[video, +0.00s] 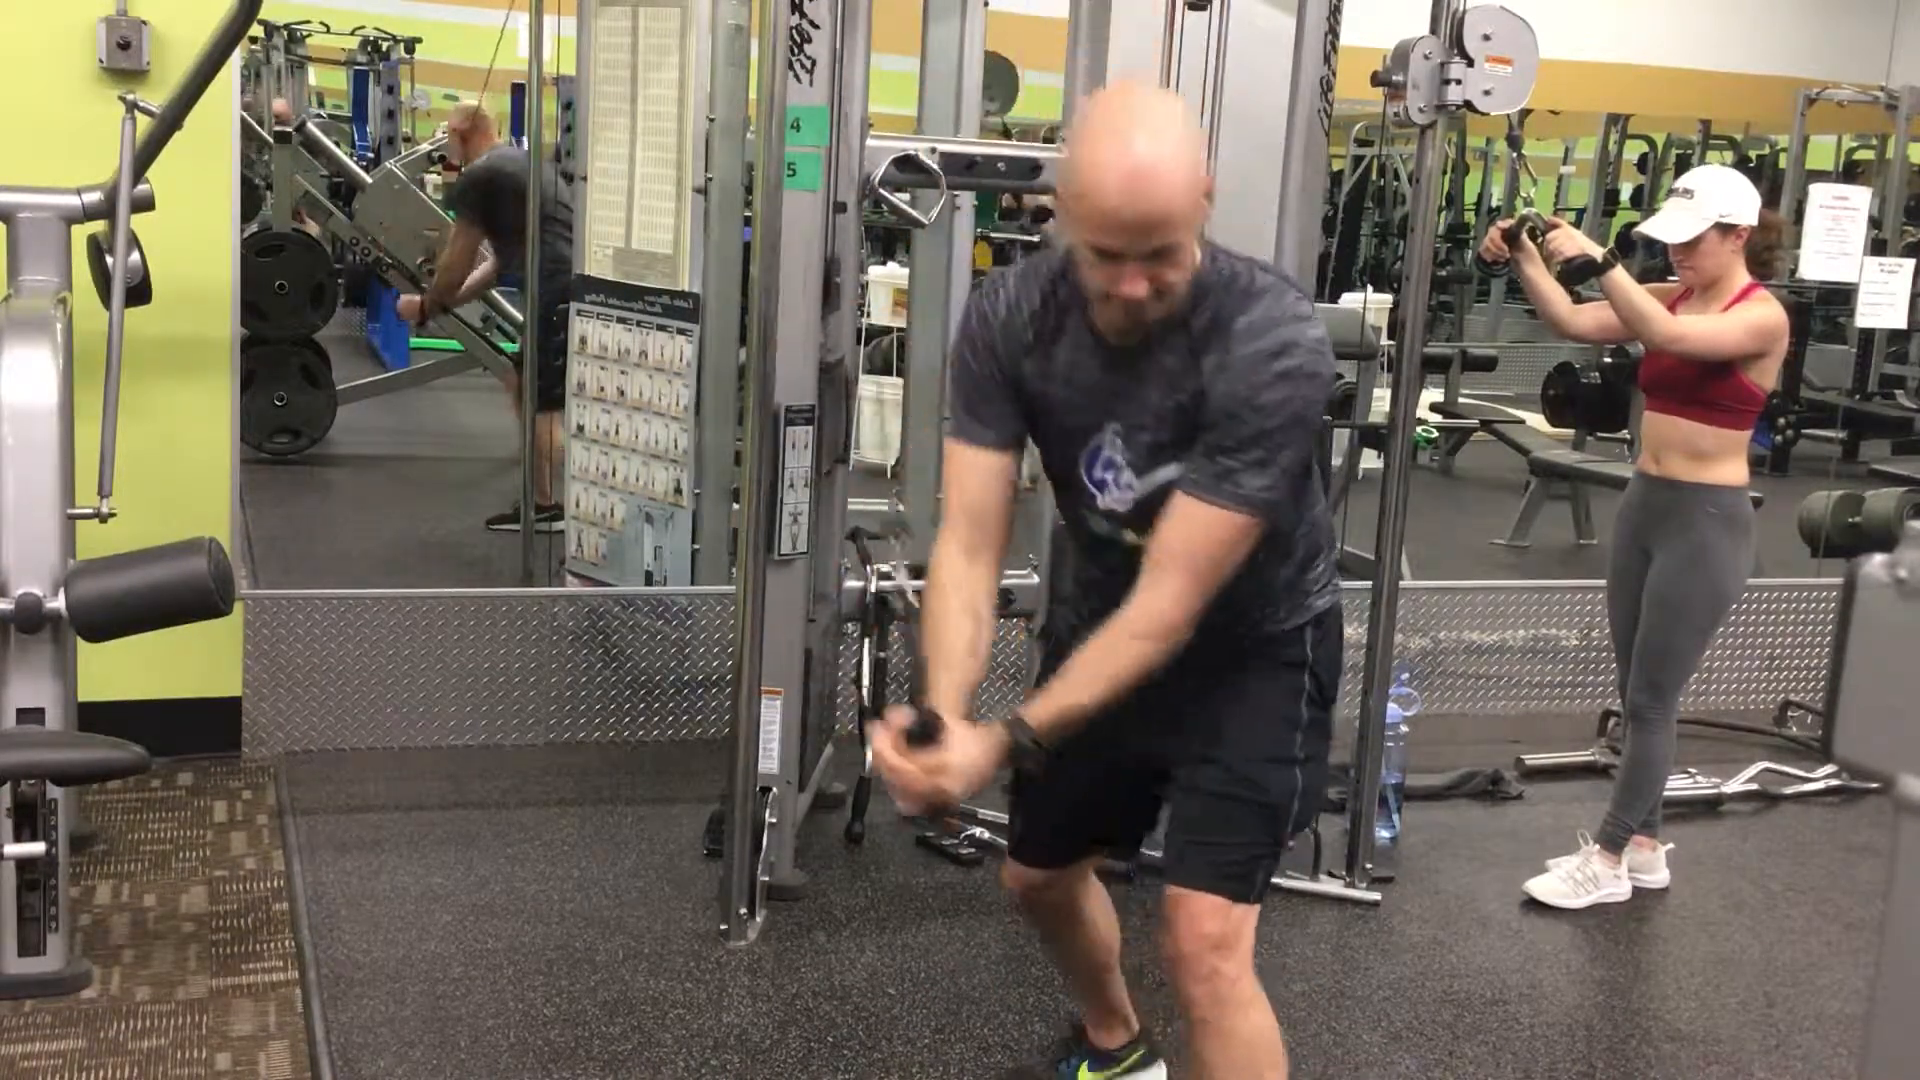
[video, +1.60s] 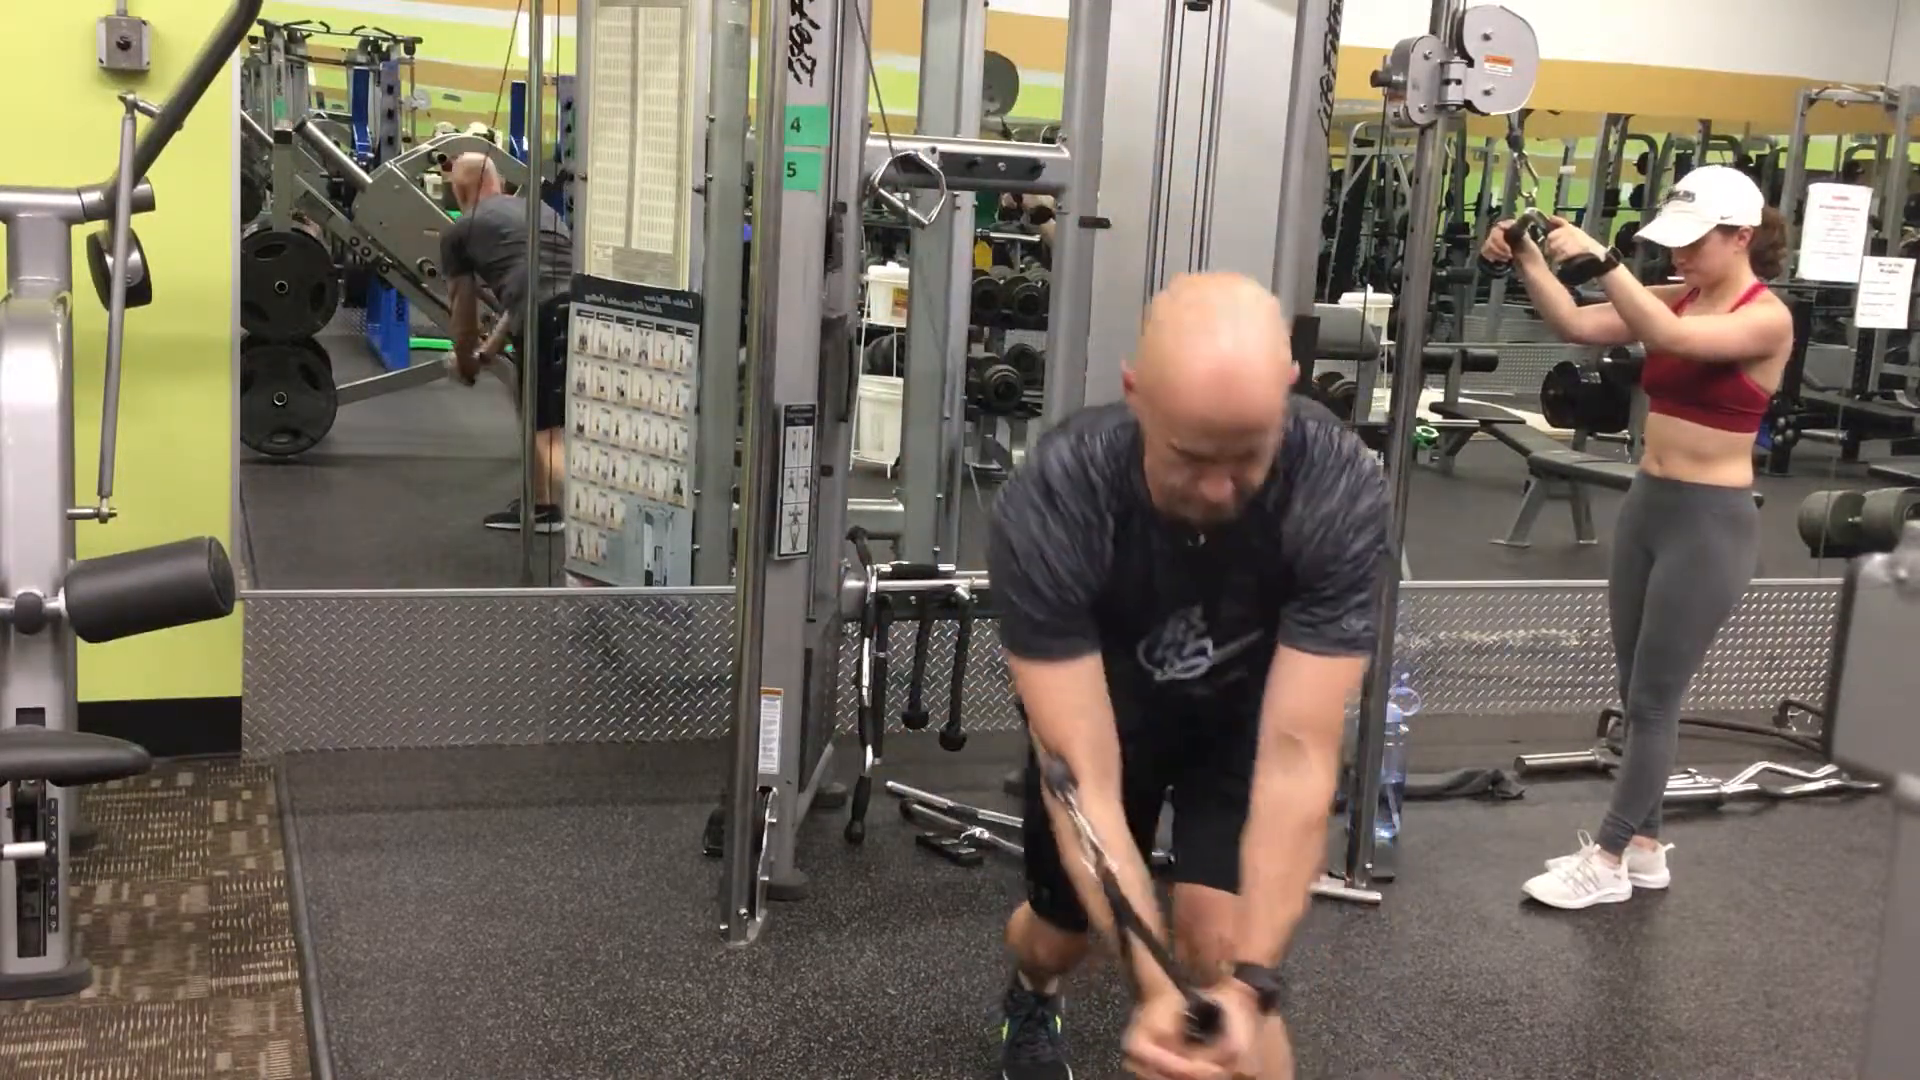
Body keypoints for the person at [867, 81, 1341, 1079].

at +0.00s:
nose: (1131, 286)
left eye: (1161, 256)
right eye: (1103, 256)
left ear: (1204, 211)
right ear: (1061, 212)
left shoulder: (1273, 339)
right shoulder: (1007, 314)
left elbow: (1165, 606)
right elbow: (967, 545)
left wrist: (1007, 735)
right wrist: (946, 712)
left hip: (1256, 638)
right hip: (1100, 618)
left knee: (1204, 936)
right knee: (1043, 880)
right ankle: (1117, 1042)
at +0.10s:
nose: (1166, 326)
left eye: (1195, 296)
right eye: (1136, 296)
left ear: (1235, 245)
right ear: (1086, 238)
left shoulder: (1297, 368)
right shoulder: (1017, 350)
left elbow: (1212, 619)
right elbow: (992, 587)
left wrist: (1076, 790)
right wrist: (1003, 758)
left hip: (1258, 640)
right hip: (1100, 623)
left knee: (1212, 947)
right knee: (1036, 868)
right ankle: (1096, 1019)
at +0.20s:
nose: (1204, 367)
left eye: (1232, 335)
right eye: (1174, 336)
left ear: (1269, 279)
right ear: (1117, 273)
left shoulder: (1321, 395)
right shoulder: (1038, 384)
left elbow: (1254, 648)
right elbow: (1038, 645)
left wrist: (1157, 835)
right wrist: (1065, 824)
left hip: (1252, 656)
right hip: (1101, 652)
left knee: (1224, 939)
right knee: (1036, 901)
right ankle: (1050, 1003)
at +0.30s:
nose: (1237, 415)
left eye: (1261, 384)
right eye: (1206, 386)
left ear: (1295, 336)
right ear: (1144, 318)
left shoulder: (1343, 434)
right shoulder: (1057, 436)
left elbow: (1297, 679)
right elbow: (1079, 703)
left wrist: (1233, 889)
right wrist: (1139, 885)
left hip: (1236, 690)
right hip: (1097, 686)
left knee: (1240, 962)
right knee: (1049, 924)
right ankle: (1028, 993)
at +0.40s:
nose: (1259, 471)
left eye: (1284, 439)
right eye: (1228, 443)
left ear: (1315, 386)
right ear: (1162, 371)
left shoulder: (1356, 473)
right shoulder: (1073, 475)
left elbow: (1322, 719)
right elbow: (1109, 756)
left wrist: (1291, 934)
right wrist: (1203, 942)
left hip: (1243, 719)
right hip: (1088, 706)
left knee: (1246, 946)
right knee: (1050, 941)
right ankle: (1032, 1002)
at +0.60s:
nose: (1282, 562)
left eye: (1306, 533)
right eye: (1253, 534)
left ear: (1335, 482)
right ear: (1186, 460)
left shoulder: (1363, 535)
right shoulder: (1085, 550)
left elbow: (1355, 783)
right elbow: (1151, 843)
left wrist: (1359, 1012)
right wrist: (1289, 1050)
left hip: (1232, 713)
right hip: (1073, 717)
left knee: (1233, 934)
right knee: (1061, 971)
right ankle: (1022, 998)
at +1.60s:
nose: (1222, 489)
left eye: (1248, 455)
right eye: (1191, 459)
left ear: (1287, 384)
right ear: (1132, 393)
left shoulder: (1340, 495)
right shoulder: (1052, 500)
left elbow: (1300, 753)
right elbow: (1079, 780)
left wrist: (1253, 979)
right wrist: (1156, 987)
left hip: (1241, 732)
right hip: (1105, 723)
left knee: (1221, 953)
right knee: (1058, 944)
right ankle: (1033, 997)